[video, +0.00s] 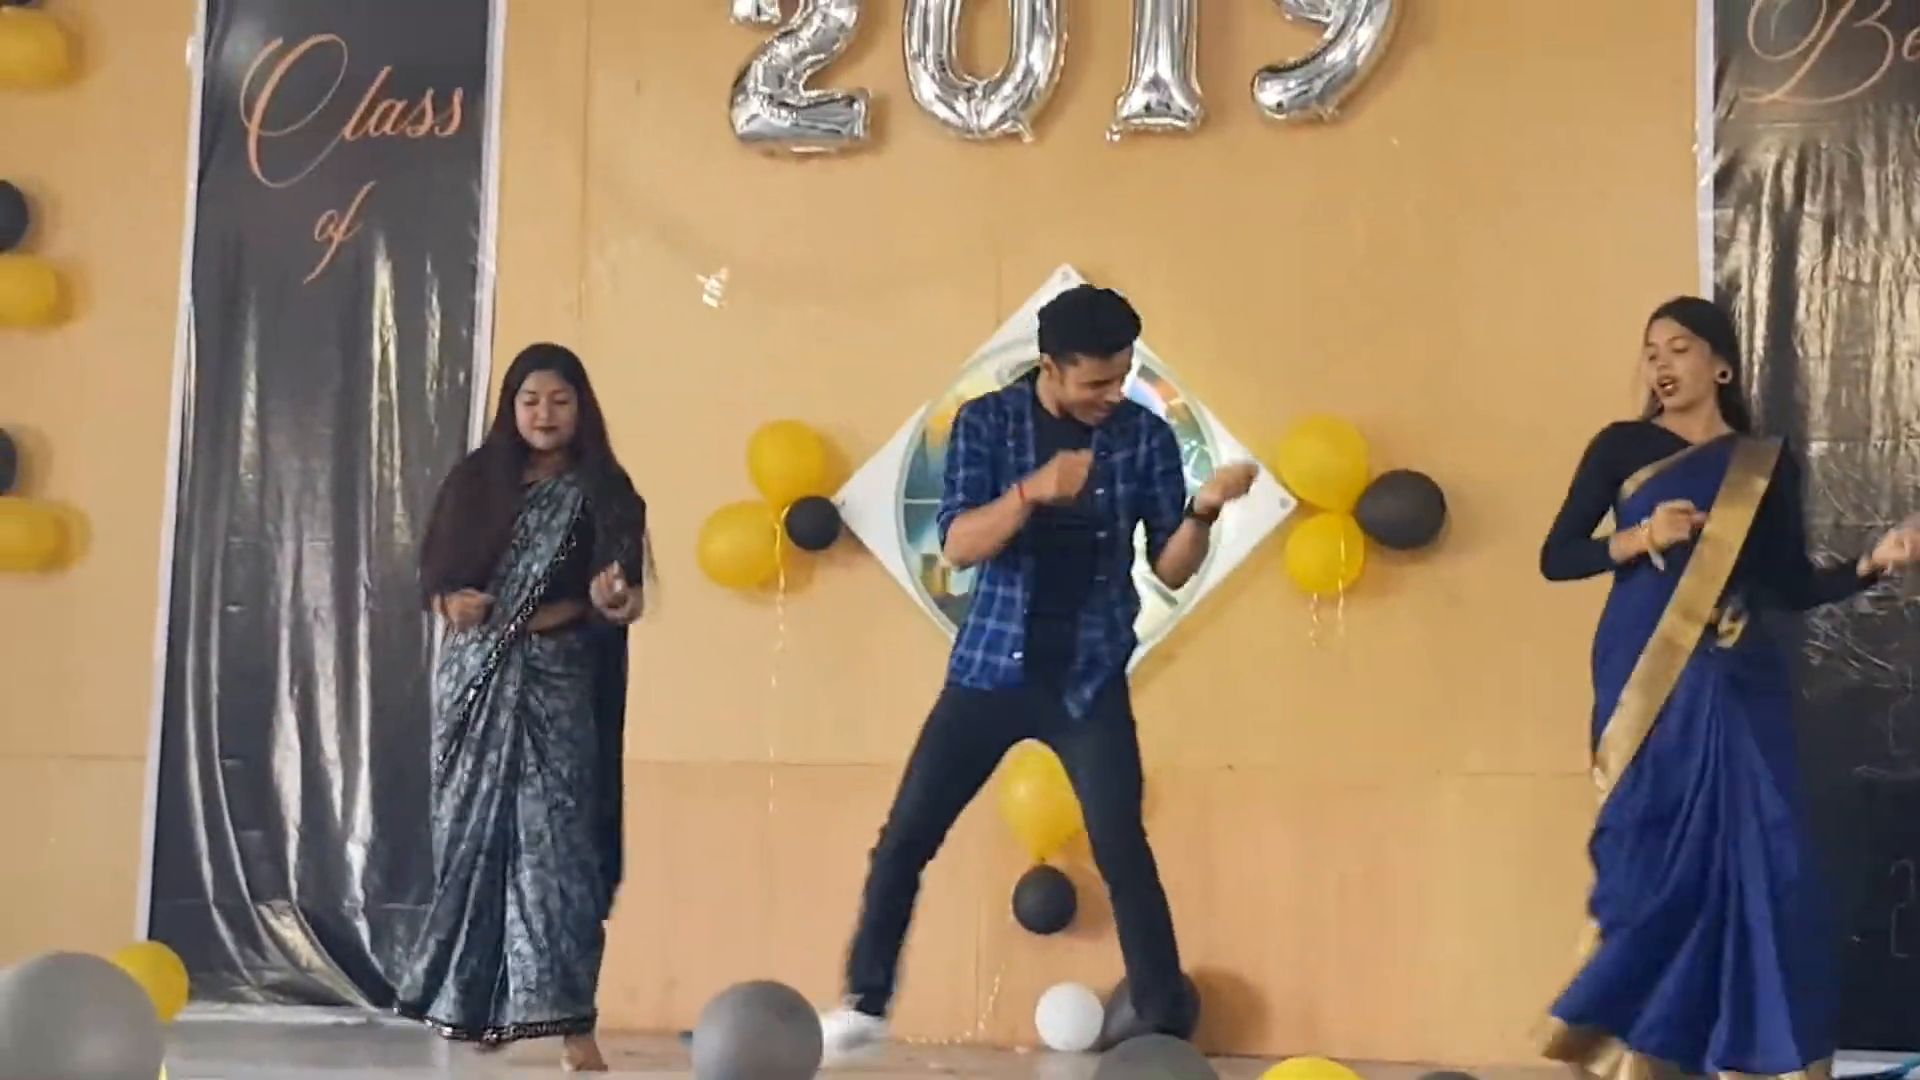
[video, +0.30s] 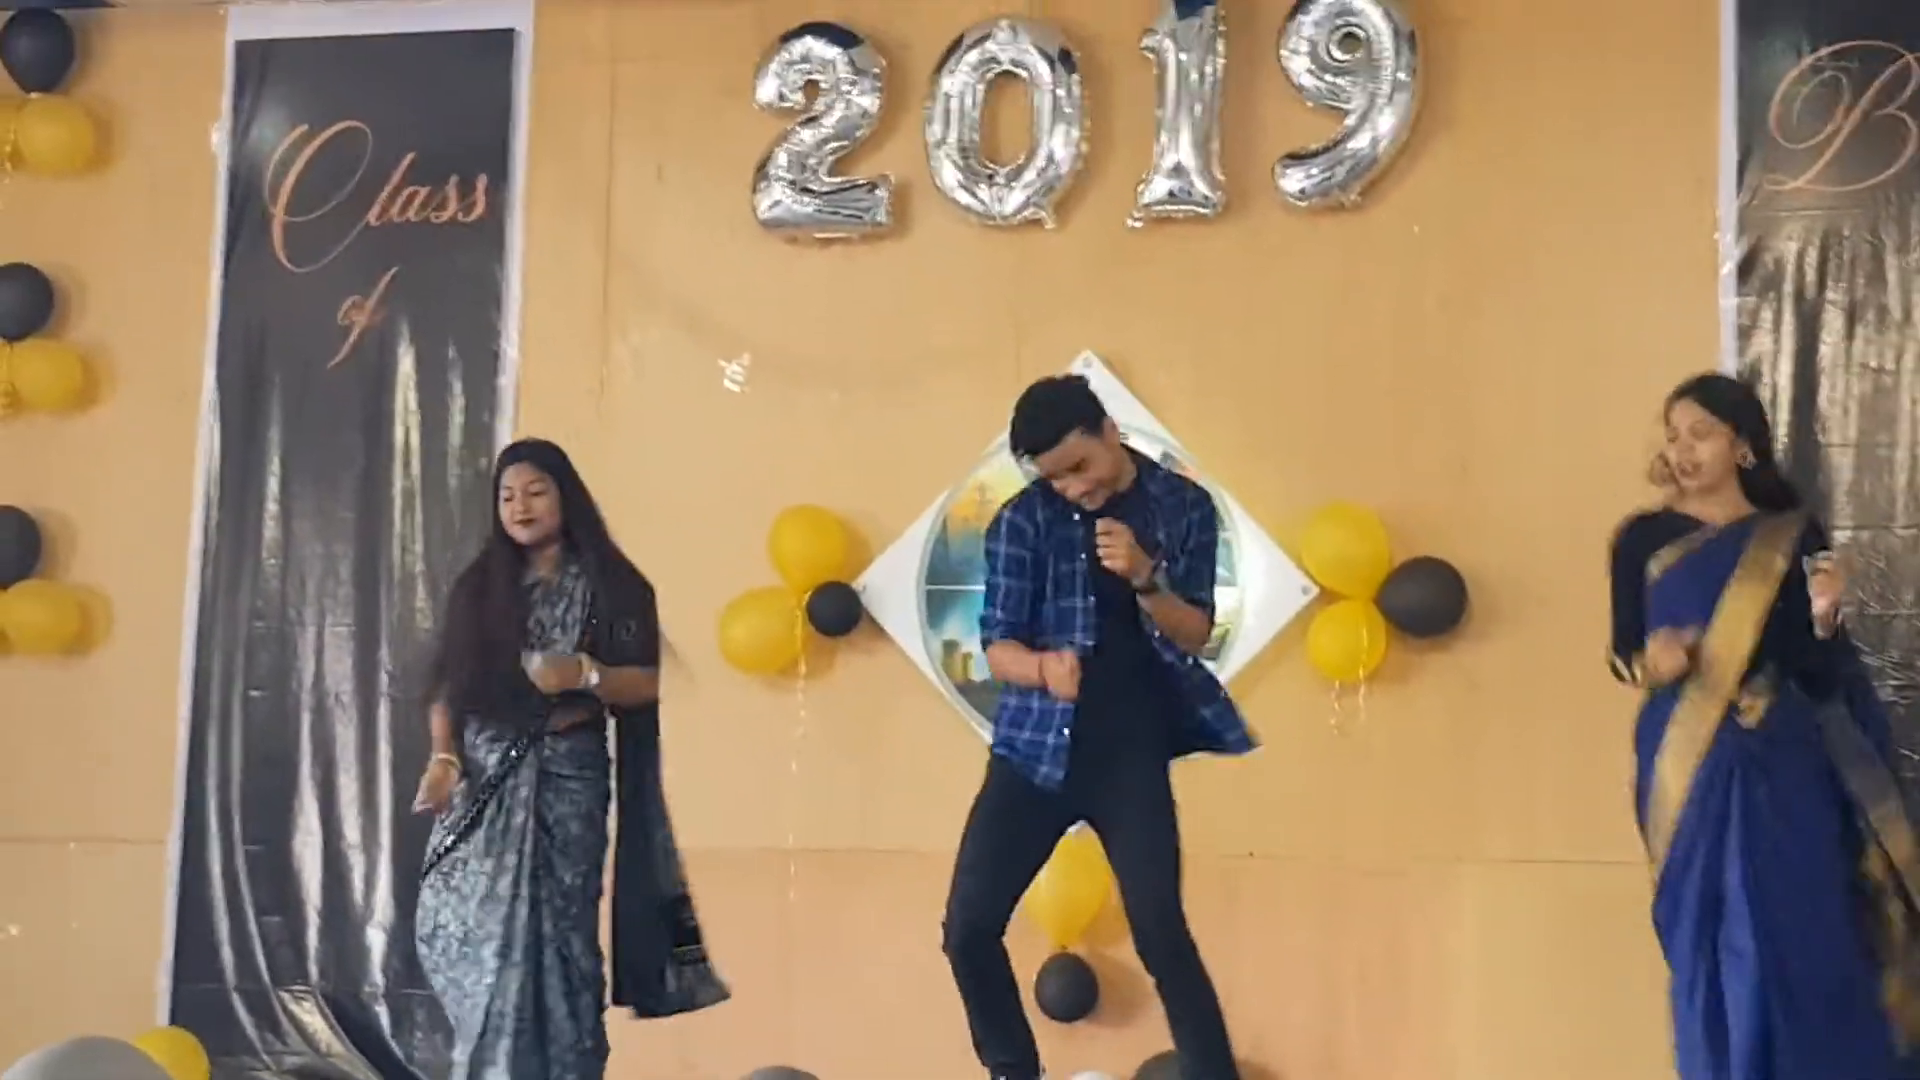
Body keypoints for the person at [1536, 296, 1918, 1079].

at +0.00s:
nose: (1660, 364)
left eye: (1678, 349)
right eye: (1651, 352)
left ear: (1721, 362)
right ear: (1644, 367)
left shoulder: (1767, 462)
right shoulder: (1618, 446)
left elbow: (1786, 586)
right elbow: (1558, 557)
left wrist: (1866, 566)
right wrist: (1638, 537)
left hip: (1741, 669)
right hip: (1641, 670)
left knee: (1760, 844)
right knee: (1659, 851)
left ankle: (1760, 1047)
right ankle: (1650, 1041)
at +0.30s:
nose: (1682, 451)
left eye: (1699, 436)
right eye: (1674, 437)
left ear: (1741, 445)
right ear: (1664, 446)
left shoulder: (1790, 532)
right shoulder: (1642, 537)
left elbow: (1819, 681)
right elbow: (1622, 658)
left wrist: (1825, 620)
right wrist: (1650, 665)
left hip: (1780, 755)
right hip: (1688, 762)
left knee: (1793, 943)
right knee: (1706, 944)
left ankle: (1803, 1066)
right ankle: (1720, 1067)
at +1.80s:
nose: (1580, 94)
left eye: (1602, 87)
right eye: (1582, 82)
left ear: (1636, 118)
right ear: (1577, 102)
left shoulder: (1612, 171)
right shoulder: (1584, 175)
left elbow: (1616, 238)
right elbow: (1581, 272)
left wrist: (1638, 216)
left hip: (1594, 409)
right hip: (1565, 408)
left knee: (1560, 584)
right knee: (1536, 582)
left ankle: (1560, 801)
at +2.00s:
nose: (1657, 103)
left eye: (1679, 95)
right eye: (1659, 88)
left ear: (1714, 123)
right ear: (1653, 106)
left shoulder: (1704, 185)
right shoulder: (1661, 194)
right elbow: (1657, 300)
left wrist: (1734, 208)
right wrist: (1606, 275)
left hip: (1694, 431)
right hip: (1663, 427)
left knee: (1619, 608)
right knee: (1725, 621)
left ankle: (1594, 813)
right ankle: (1847, 793)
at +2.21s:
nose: (1694, 128)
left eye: (1717, 120)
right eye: (1691, 114)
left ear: (1750, 144)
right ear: (1676, 129)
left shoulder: (1759, 208)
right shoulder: (1678, 220)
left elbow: (1801, 317)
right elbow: (1667, 335)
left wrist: (1814, 241)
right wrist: (1605, 291)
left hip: (1750, 449)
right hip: (1699, 451)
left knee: (1672, 623)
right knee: (1741, 638)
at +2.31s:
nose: (1707, 106)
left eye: (1731, 98)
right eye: (1700, 92)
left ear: (1759, 125)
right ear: (1684, 111)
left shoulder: (1766, 187)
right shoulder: (1674, 207)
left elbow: (1823, 283)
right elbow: (1666, 314)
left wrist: (1848, 218)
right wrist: (1592, 286)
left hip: (1757, 435)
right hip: (1701, 441)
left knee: (1768, 616)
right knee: (1739, 626)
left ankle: (1836, 825)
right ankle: (1805, 836)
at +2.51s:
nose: (1676, 183)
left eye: (1695, 172)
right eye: (1664, 171)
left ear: (1725, 194)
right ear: (1647, 193)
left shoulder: (1757, 275)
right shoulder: (1638, 305)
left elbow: (1794, 392)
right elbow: (1634, 412)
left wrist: (1814, 352)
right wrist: (1546, 400)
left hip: (1748, 524)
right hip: (1664, 529)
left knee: (1761, 697)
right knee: (1674, 705)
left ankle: (1820, 899)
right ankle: (1734, 907)